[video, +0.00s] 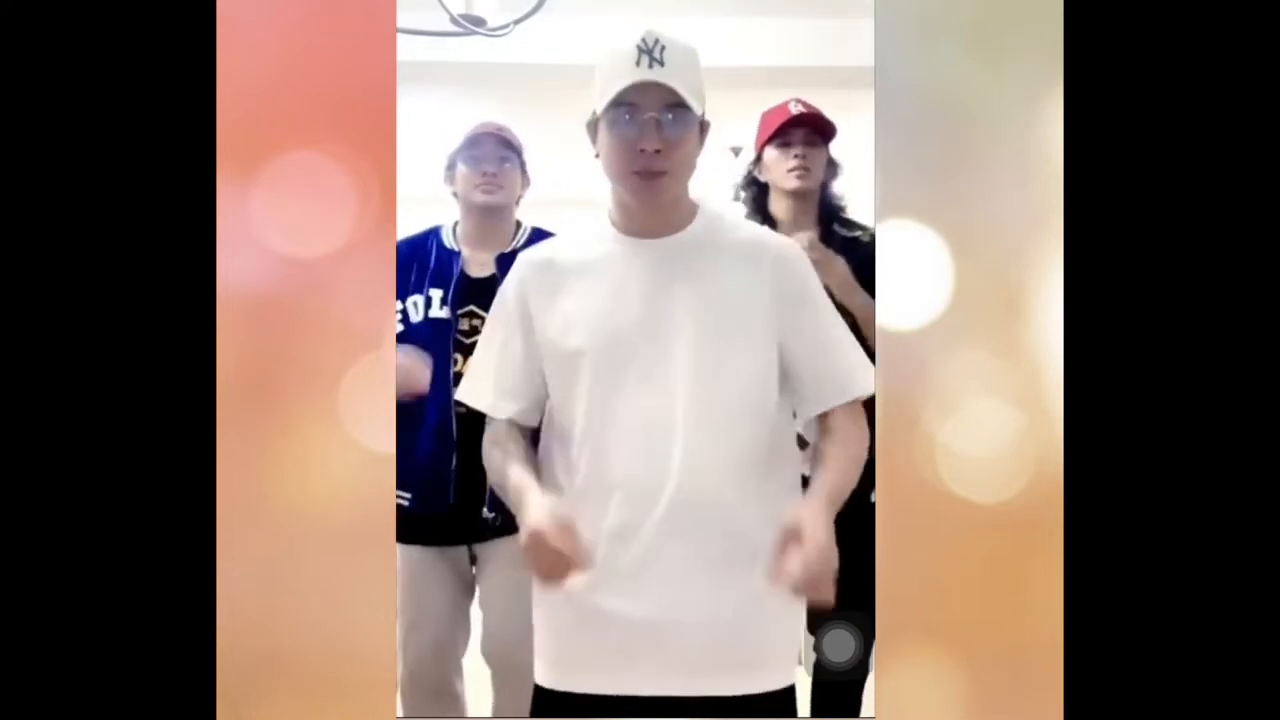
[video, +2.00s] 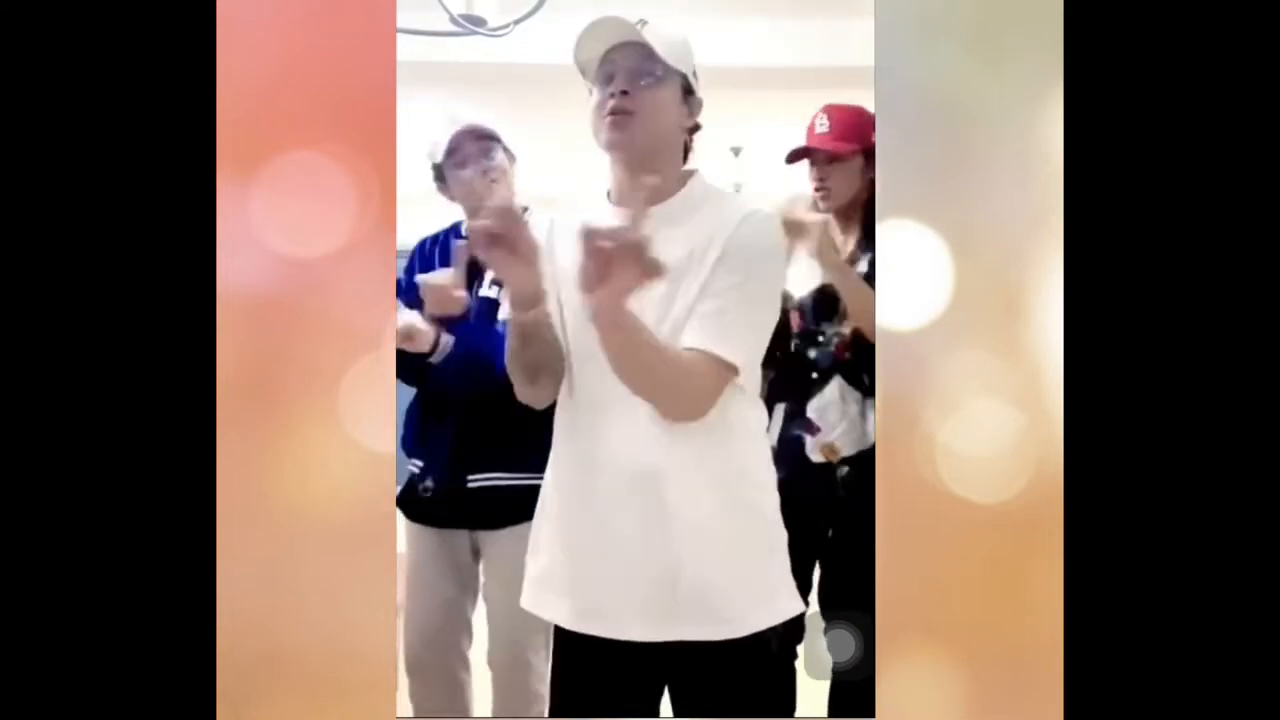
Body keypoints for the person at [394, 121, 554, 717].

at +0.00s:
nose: (490, 167)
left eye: (504, 158)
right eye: (475, 158)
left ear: (525, 181)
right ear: (451, 178)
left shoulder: (555, 261)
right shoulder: (402, 260)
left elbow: (580, 372)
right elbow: (348, 347)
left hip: (521, 504)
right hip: (424, 505)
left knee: (518, 661)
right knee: (425, 667)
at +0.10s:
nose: (488, 165)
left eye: (502, 156)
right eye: (475, 156)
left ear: (525, 175)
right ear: (451, 173)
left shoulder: (543, 255)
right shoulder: (411, 249)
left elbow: (571, 341)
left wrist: (523, 256)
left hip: (515, 489)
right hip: (424, 489)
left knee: (511, 651)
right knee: (428, 656)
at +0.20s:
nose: (490, 179)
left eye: (504, 169)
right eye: (477, 169)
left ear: (526, 188)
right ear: (455, 185)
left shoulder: (546, 271)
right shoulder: (408, 265)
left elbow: (575, 375)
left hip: (516, 501)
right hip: (421, 498)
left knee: (516, 675)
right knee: (424, 675)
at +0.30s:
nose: (486, 189)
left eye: (499, 177)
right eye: (473, 178)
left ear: (522, 191)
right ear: (453, 193)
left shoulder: (544, 279)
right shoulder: (411, 272)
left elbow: (570, 381)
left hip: (517, 519)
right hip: (419, 519)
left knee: (511, 695)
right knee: (422, 691)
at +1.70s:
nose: (479, 173)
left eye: (492, 160)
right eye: (463, 164)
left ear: (515, 176)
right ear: (442, 185)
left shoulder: (551, 260)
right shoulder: (408, 270)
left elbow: (580, 369)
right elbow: (380, 380)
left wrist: (578, 479)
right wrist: (388, 480)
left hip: (526, 500)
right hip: (432, 501)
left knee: (522, 669)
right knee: (429, 669)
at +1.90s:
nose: (475, 171)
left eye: (485, 157)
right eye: (456, 166)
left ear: (510, 169)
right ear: (440, 191)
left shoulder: (549, 247)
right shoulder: (416, 259)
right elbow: (379, 352)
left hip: (525, 494)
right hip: (433, 496)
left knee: (521, 663)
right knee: (429, 664)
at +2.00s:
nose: (478, 168)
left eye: (489, 156)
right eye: (462, 163)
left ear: (513, 170)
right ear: (444, 186)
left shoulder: (539, 252)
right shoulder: (424, 255)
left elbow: (537, 371)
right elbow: (383, 342)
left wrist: (435, 344)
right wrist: (424, 306)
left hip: (521, 490)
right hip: (434, 492)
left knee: (519, 660)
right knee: (429, 655)